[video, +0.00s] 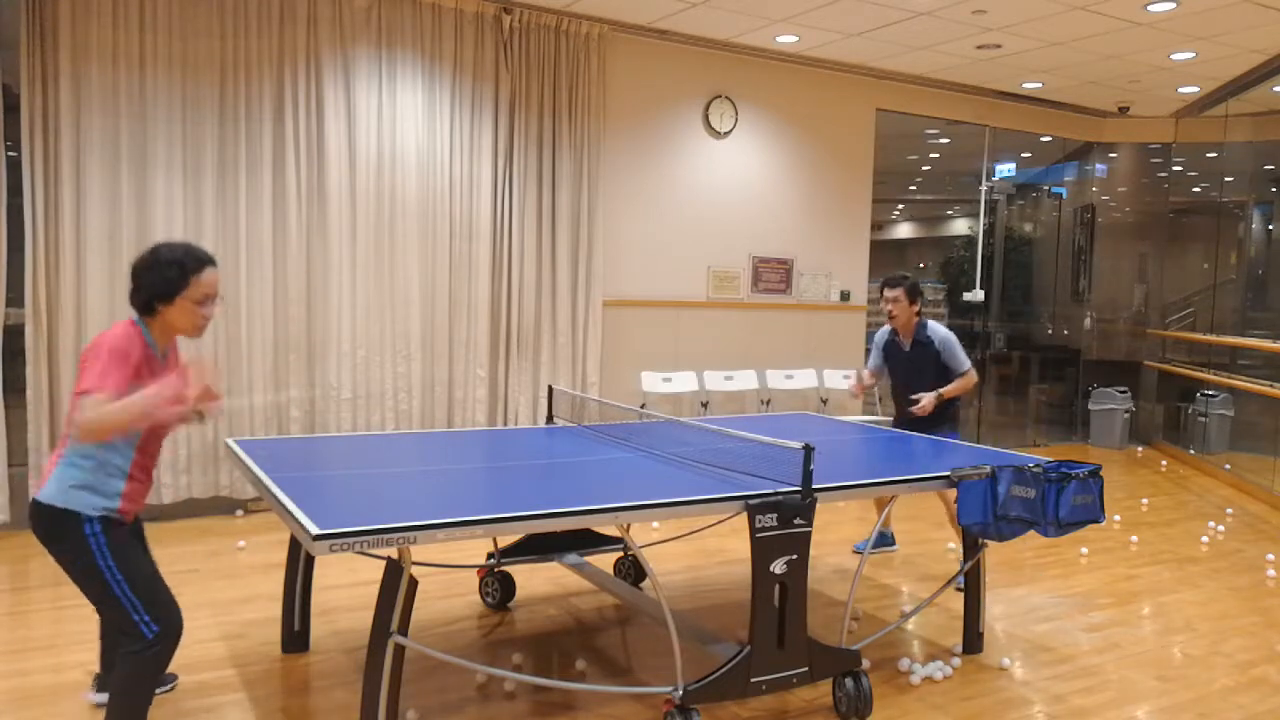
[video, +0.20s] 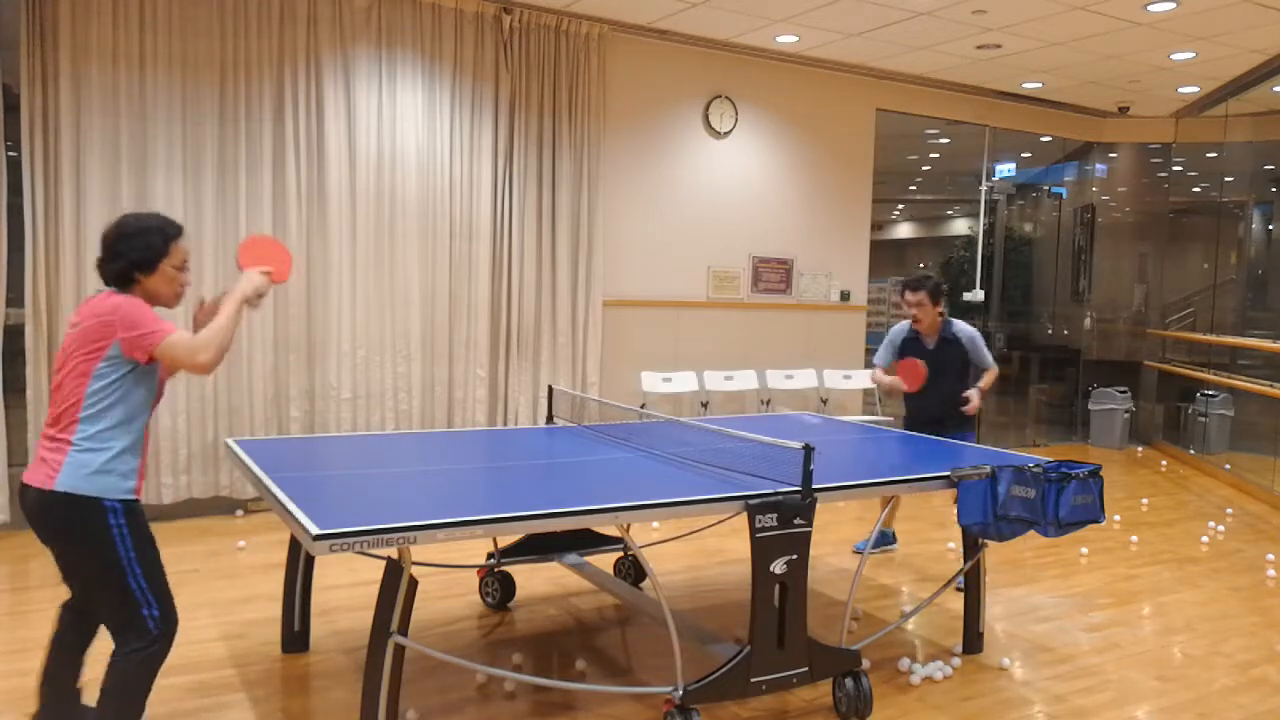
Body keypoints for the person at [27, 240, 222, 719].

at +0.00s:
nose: (211, 312)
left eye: (214, 300)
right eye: (202, 301)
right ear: (163, 300)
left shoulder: (167, 352)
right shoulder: (118, 343)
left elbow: (147, 422)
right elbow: (85, 421)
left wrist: (190, 409)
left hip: (113, 506)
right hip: (73, 508)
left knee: (127, 598)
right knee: (157, 627)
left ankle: (114, 679)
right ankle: (124, 709)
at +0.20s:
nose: (186, 278)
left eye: (186, 267)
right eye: (177, 268)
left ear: (134, 270)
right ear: (141, 269)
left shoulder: (97, 308)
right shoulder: (123, 313)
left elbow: (140, 387)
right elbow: (203, 356)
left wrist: (195, 332)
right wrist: (242, 296)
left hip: (52, 491)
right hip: (94, 497)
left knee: (88, 600)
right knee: (151, 627)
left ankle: (57, 704)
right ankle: (118, 714)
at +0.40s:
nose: (177, 270)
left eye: (176, 259)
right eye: (168, 261)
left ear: (129, 267)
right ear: (132, 266)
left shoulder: (109, 313)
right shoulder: (100, 310)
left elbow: (145, 382)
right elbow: (150, 380)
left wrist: (195, 343)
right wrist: (218, 331)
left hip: (48, 488)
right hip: (60, 492)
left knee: (70, 618)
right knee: (111, 634)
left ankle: (49, 711)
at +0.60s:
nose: (181, 296)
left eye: (180, 284)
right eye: (172, 285)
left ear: (142, 292)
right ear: (133, 291)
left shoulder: (135, 341)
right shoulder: (86, 340)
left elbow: (139, 406)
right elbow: (56, 437)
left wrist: (185, 411)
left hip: (75, 507)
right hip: (31, 507)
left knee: (104, 610)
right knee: (96, 638)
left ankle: (69, 705)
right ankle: (62, 714)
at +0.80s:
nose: (192, 351)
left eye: (192, 339)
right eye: (183, 342)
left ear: (147, 349)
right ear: (142, 348)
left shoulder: (157, 386)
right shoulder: (73, 391)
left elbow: (170, 457)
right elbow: (8, 471)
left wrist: (195, 491)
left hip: (80, 525)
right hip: (33, 532)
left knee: (126, 604)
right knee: (100, 629)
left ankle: (62, 703)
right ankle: (62, 713)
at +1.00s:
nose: (203, 375)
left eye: (206, 363)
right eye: (195, 364)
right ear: (153, 363)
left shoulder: (164, 405)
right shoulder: (84, 408)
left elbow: (165, 476)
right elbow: (16, 481)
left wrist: (191, 516)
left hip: (70, 535)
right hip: (19, 536)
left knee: (129, 605)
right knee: (96, 636)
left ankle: (62, 704)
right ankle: (63, 713)